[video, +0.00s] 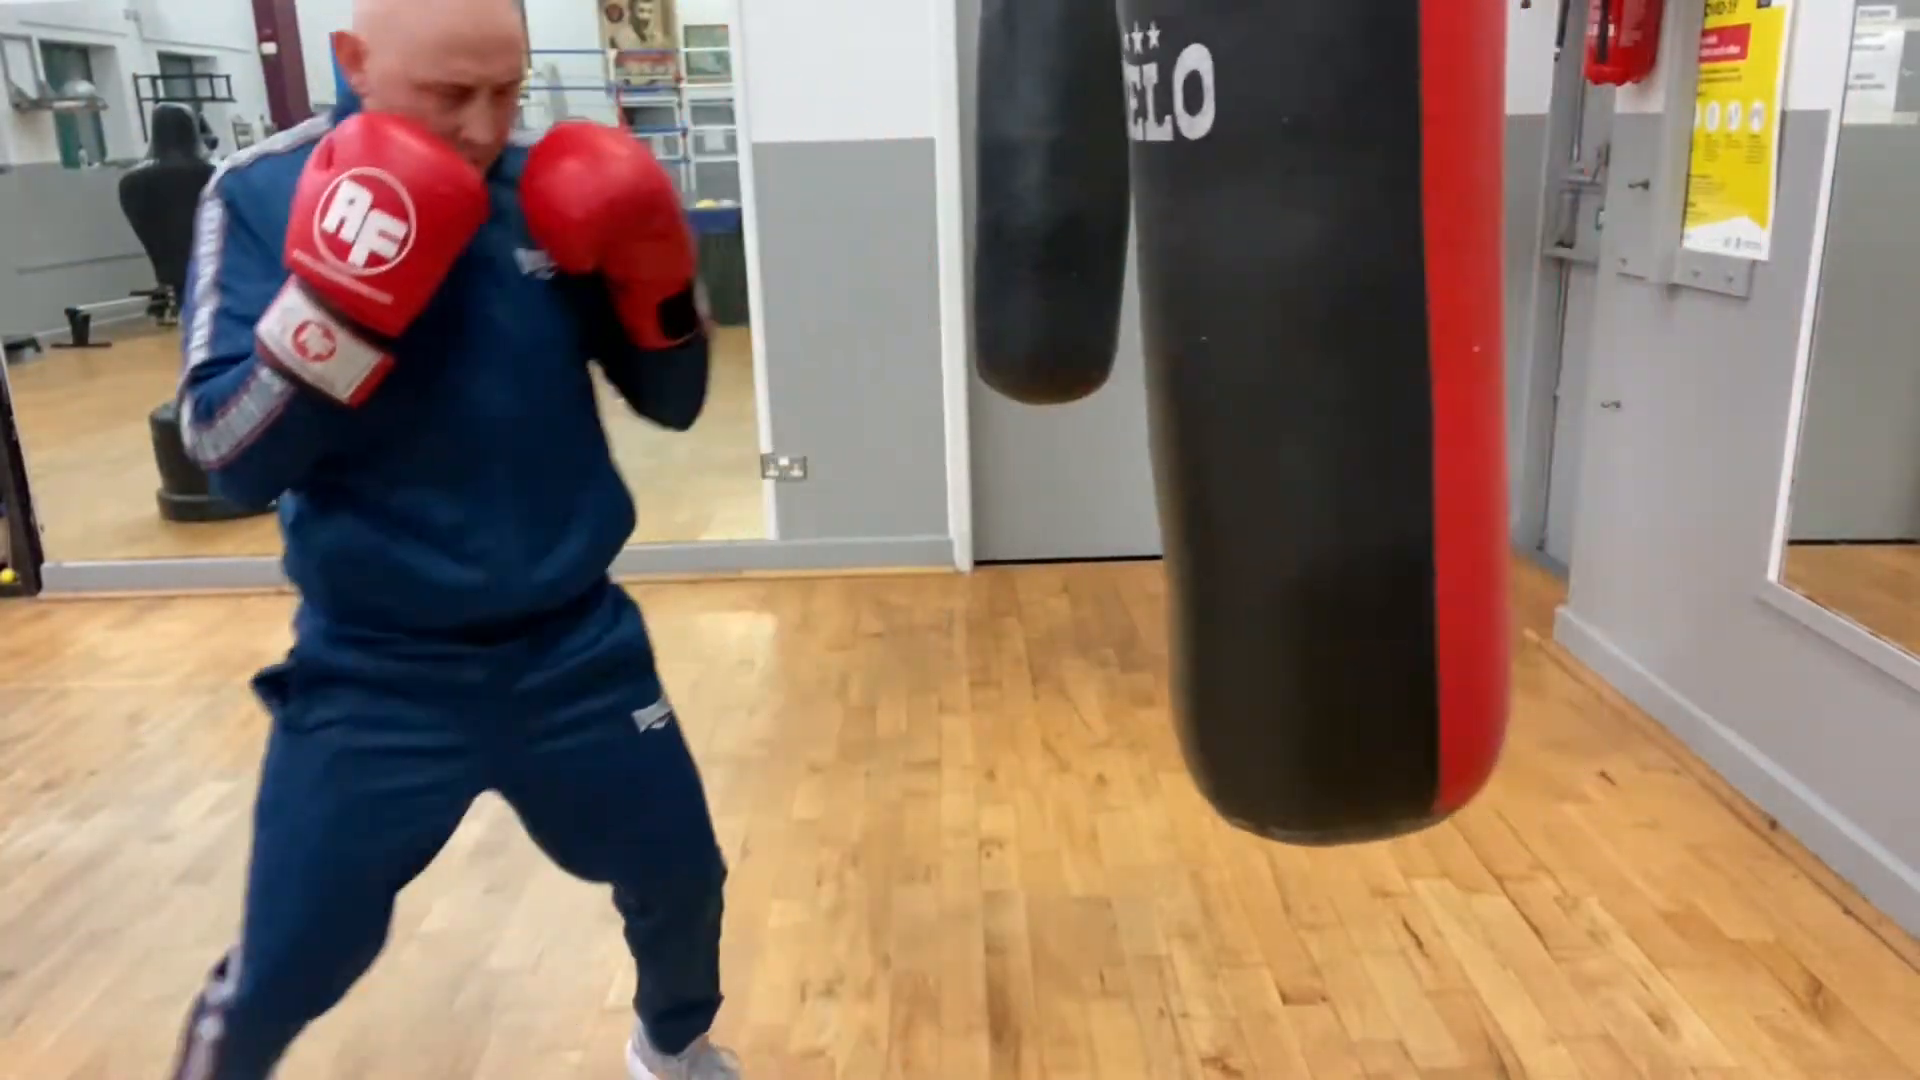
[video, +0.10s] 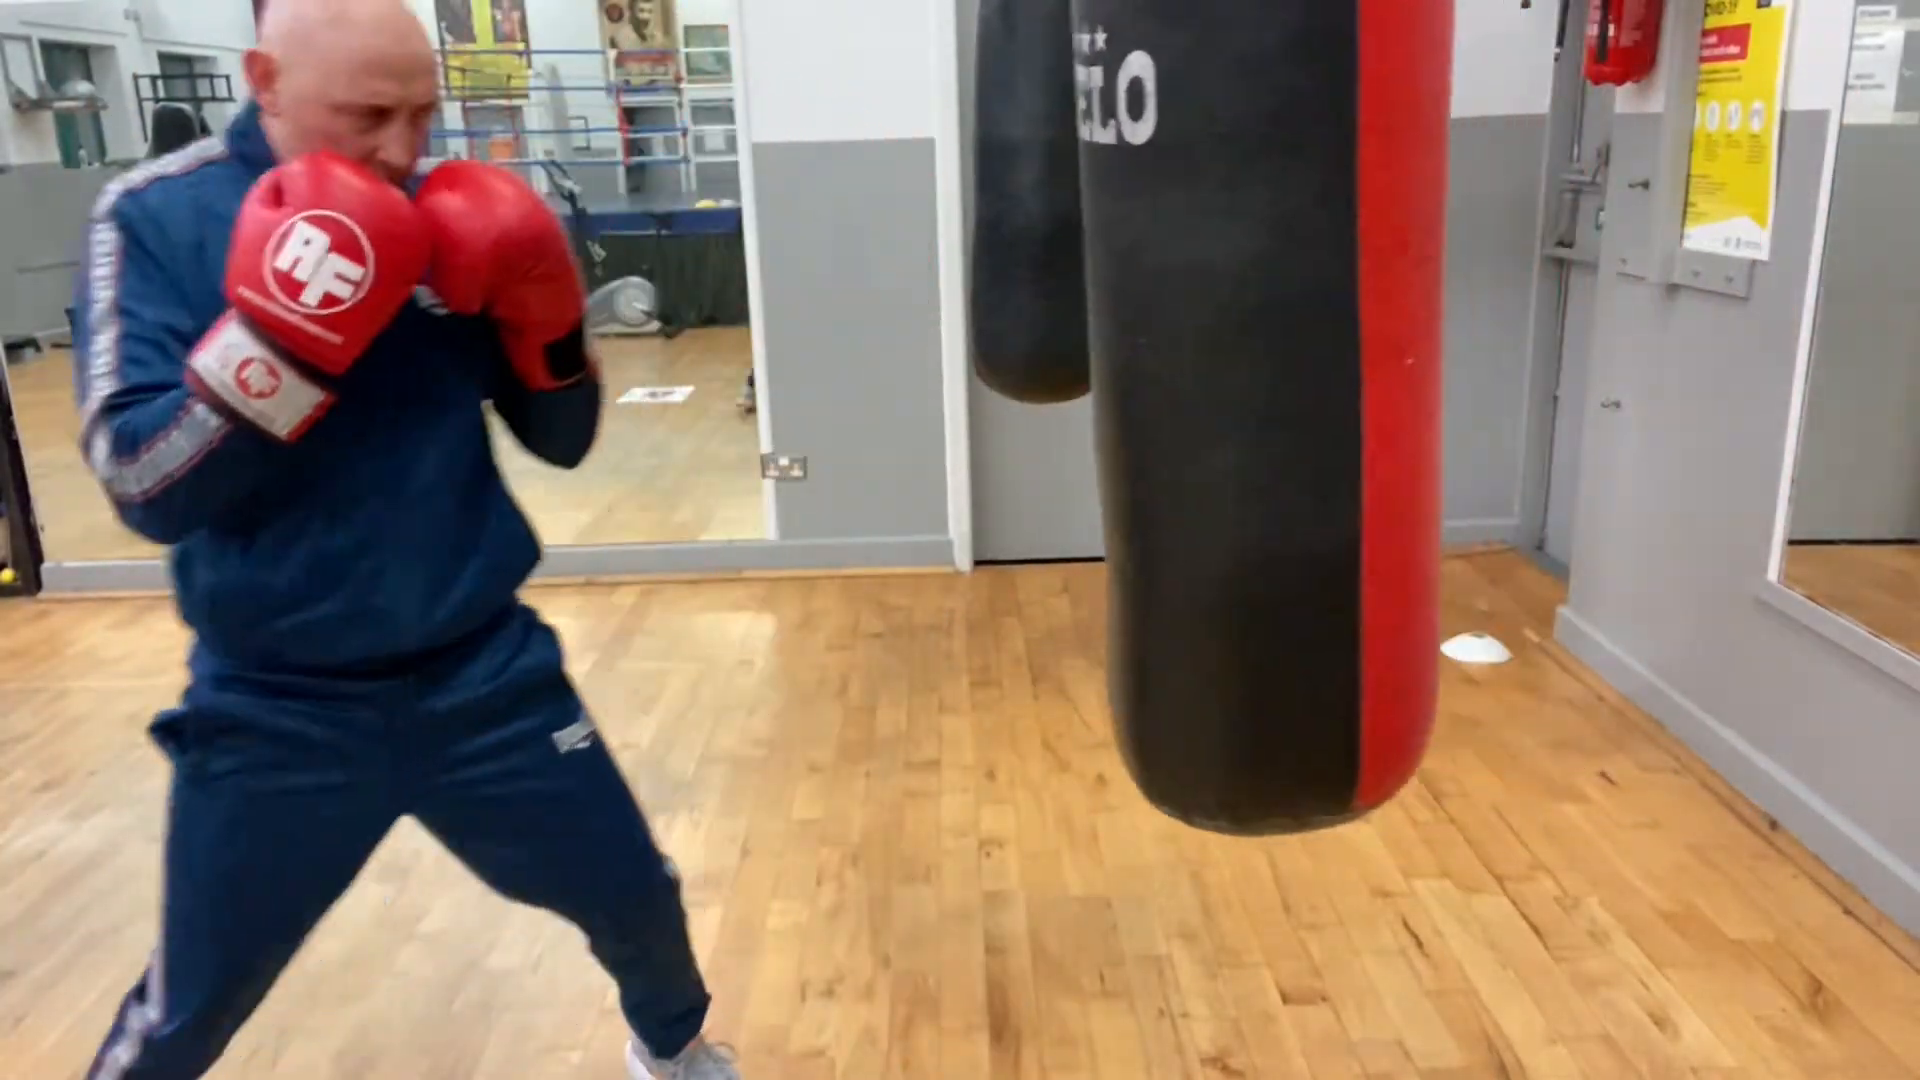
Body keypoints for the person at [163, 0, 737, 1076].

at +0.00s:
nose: (481, 129)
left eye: (505, 93)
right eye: (446, 96)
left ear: (526, 70)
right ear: (357, 63)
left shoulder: (554, 180)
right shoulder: (261, 198)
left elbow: (674, 401)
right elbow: (227, 463)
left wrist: (654, 276)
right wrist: (338, 303)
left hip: (574, 649)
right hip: (376, 670)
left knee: (683, 881)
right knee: (299, 969)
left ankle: (676, 1050)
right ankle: (227, 1044)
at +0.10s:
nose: (403, 153)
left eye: (422, 118)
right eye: (369, 120)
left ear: (440, 95)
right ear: (266, 86)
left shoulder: (447, 207)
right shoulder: (153, 220)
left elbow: (564, 440)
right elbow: (145, 491)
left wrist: (545, 308)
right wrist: (276, 339)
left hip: (484, 677)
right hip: (278, 708)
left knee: (640, 900)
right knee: (189, 1015)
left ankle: (674, 1049)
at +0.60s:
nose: (111, 38)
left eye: (133, 10)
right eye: (78, 5)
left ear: (149, 16)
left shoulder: (176, 144)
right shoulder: (3, 177)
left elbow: (306, 372)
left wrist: (260, 210)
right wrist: (23, 236)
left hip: (226, 623)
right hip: (39, 650)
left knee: (301, 902)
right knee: (36, 1001)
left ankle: (276, 1067)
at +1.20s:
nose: (15, 116)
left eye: (25, 87)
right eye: (3, 90)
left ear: (38, 71)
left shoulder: (78, 193)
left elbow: (250, 380)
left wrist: (215, 228)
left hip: (129, 645)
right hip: (4, 674)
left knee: (240, 904)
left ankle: (236, 1059)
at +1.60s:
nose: (139, 169)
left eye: (155, 131)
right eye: (104, 133)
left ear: (170, 119)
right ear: (13, 133)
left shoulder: (209, 227)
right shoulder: (4, 283)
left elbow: (316, 433)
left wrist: (343, 347)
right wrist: (26, 340)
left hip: (258, 701)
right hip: (47, 745)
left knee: (459, 924)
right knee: (6, 1042)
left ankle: (566, 1069)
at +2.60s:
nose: (833, 202)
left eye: (841, 170)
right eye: (808, 172)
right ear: (698, 148)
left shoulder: (746, 244)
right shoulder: (604, 276)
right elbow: (567, 541)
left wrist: (814, 338)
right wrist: (779, 441)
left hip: (776, 671)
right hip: (622, 735)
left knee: (967, 839)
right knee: (547, 1062)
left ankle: (945, 1000)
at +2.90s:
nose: (960, 193)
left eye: (969, 166)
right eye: (943, 159)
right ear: (848, 131)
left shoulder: (896, 276)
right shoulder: (710, 249)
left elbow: (909, 420)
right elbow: (472, 372)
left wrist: (989, 324)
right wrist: (652, 263)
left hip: (853, 684)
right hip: (701, 711)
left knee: (990, 844)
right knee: (579, 1052)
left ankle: (971, 993)